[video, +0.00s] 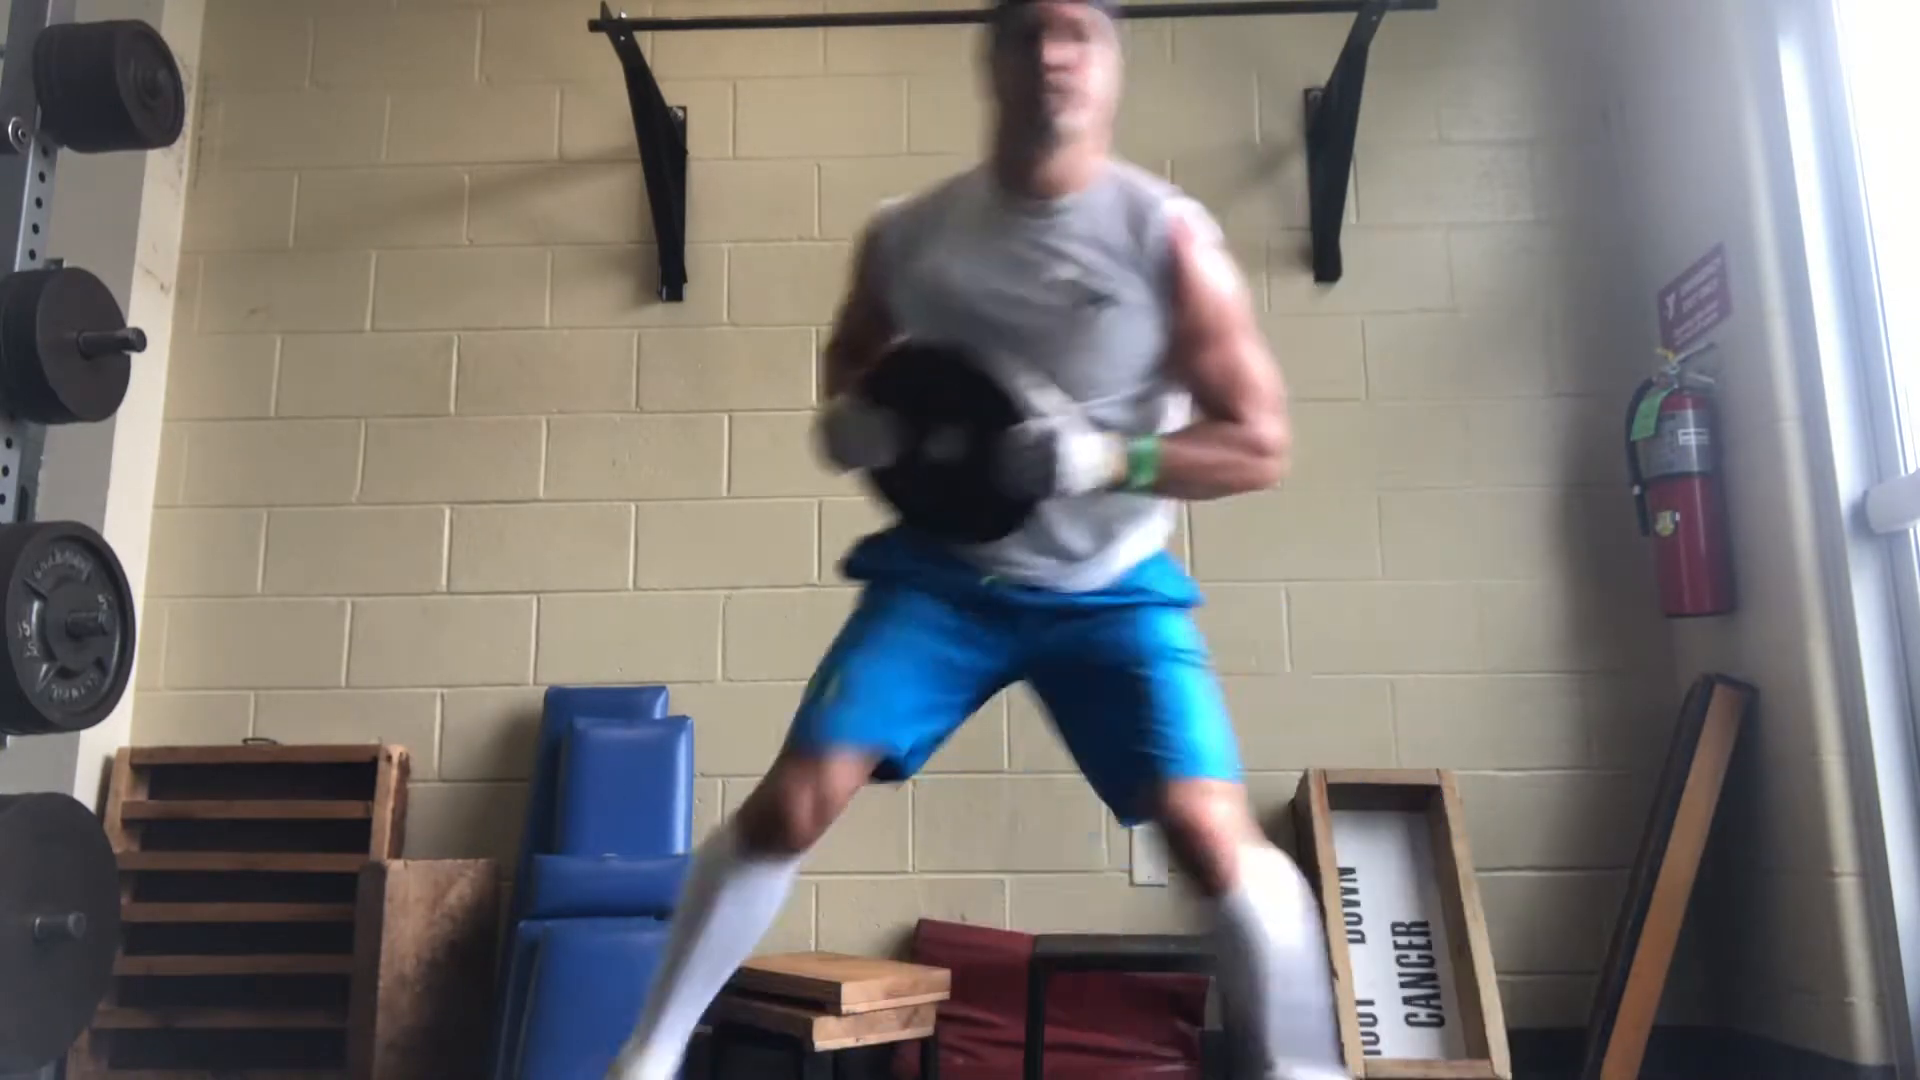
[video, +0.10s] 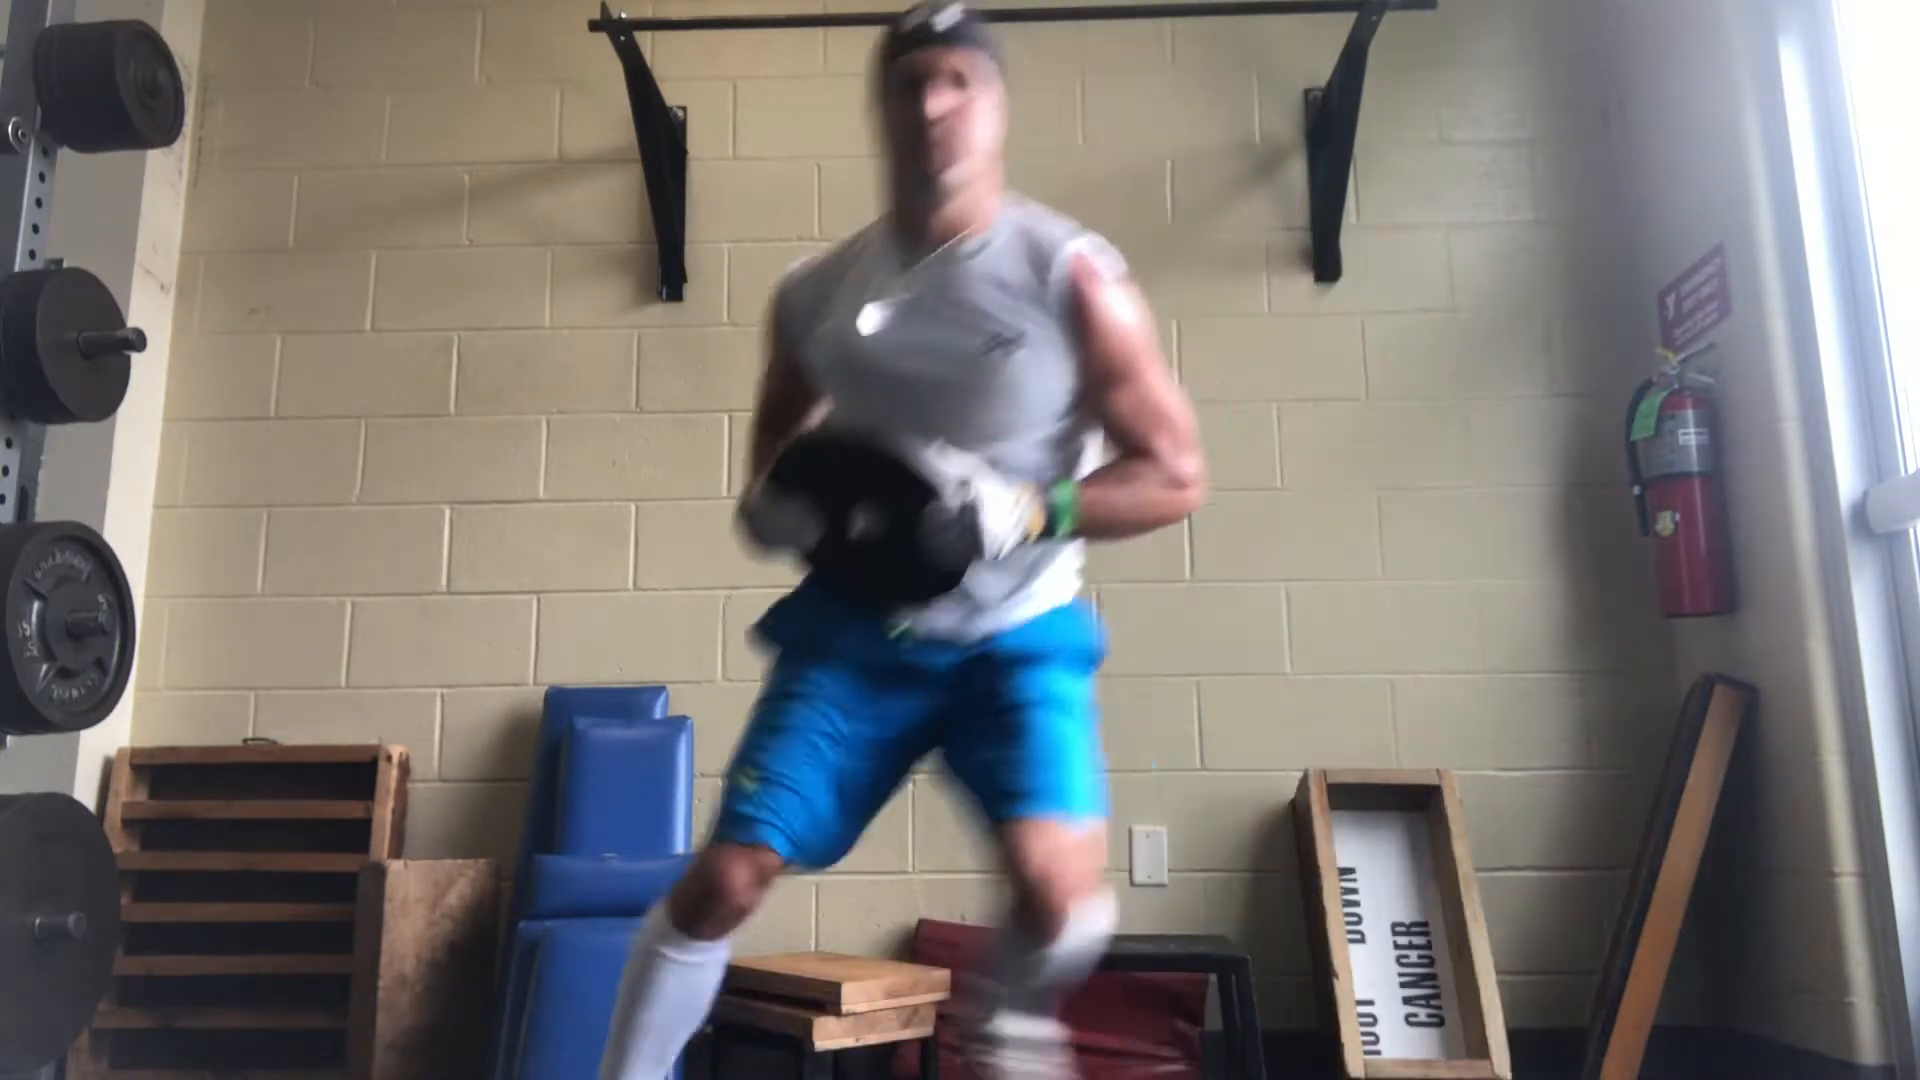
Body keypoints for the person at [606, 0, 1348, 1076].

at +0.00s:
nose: (1053, 57)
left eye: (1079, 35)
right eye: (1028, 34)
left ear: (1113, 66)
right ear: (992, 62)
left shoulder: (1169, 235)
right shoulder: (906, 240)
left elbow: (1261, 446)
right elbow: (840, 414)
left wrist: (1100, 456)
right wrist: (877, 429)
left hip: (1118, 594)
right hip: (941, 582)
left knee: (1209, 832)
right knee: (793, 805)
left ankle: (1308, 1075)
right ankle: (646, 1062)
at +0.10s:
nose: (935, 105)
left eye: (959, 83)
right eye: (913, 86)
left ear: (1001, 111)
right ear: (883, 116)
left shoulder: (1073, 277)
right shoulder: (815, 299)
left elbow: (1176, 475)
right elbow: (763, 500)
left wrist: (1026, 513)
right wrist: (803, 510)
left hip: (1024, 645)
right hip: (857, 640)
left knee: (1068, 907)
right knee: (725, 883)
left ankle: (1004, 1026)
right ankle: (631, 1073)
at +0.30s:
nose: (852, 149)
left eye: (875, 125)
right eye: (826, 131)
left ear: (918, 154)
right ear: (799, 168)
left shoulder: (1014, 302)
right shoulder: (752, 352)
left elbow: (1157, 452)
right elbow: (728, 503)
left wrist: (1058, 519)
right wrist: (773, 552)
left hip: (998, 662)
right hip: (830, 663)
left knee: (1017, 886)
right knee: (703, 889)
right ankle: (627, 1077)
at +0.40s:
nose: (931, 99)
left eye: (953, 75)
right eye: (905, 80)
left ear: (993, 100)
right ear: (875, 112)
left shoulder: (1081, 250)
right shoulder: (811, 285)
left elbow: (1229, 378)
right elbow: (773, 451)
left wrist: (1158, 455)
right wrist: (854, 468)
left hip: (1067, 607)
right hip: (892, 624)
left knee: (1169, 811)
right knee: (770, 862)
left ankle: (1290, 1031)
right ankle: (654, 1073)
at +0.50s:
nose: (1052, 71)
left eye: (1073, 46)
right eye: (1025, 50)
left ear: (1111, 74)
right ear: (989, 81)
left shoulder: (1187, 238)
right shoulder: (902, 250)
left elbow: (1285, 364)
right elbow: (846, 428)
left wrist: (1265, 433)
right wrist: (958, 453)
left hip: (1137, 594)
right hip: (962, 604)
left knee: (1274, 823)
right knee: (854, 846)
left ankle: (1448, 1070)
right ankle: (802, 1065)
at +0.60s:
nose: (1152, 104)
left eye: (1173, 80)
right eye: (1122, 83)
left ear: (1209, 112)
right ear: (1081, 115)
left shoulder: (1274, 278)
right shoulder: (997, 282)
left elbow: (1343, 419)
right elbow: (922, 471)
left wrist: (1334, 496)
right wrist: (1052, 516)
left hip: (1226, 650)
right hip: (1046, 658)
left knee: (1351, 865)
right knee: (975, 904)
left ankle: (1475, 1072)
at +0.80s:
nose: (1180, 100)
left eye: (1201, 82)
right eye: (1150, 82)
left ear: (1229, 122)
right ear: (1103, 117)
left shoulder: (1282, 286)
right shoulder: (1001, 280)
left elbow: (1353, 452)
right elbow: (907, 440)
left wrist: (1303, 503)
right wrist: (995, 496)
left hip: (1206, 642)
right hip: (1027, 632)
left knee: (1344, 878)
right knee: (882, 803)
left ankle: (1468, 1074)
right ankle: (945, 923)